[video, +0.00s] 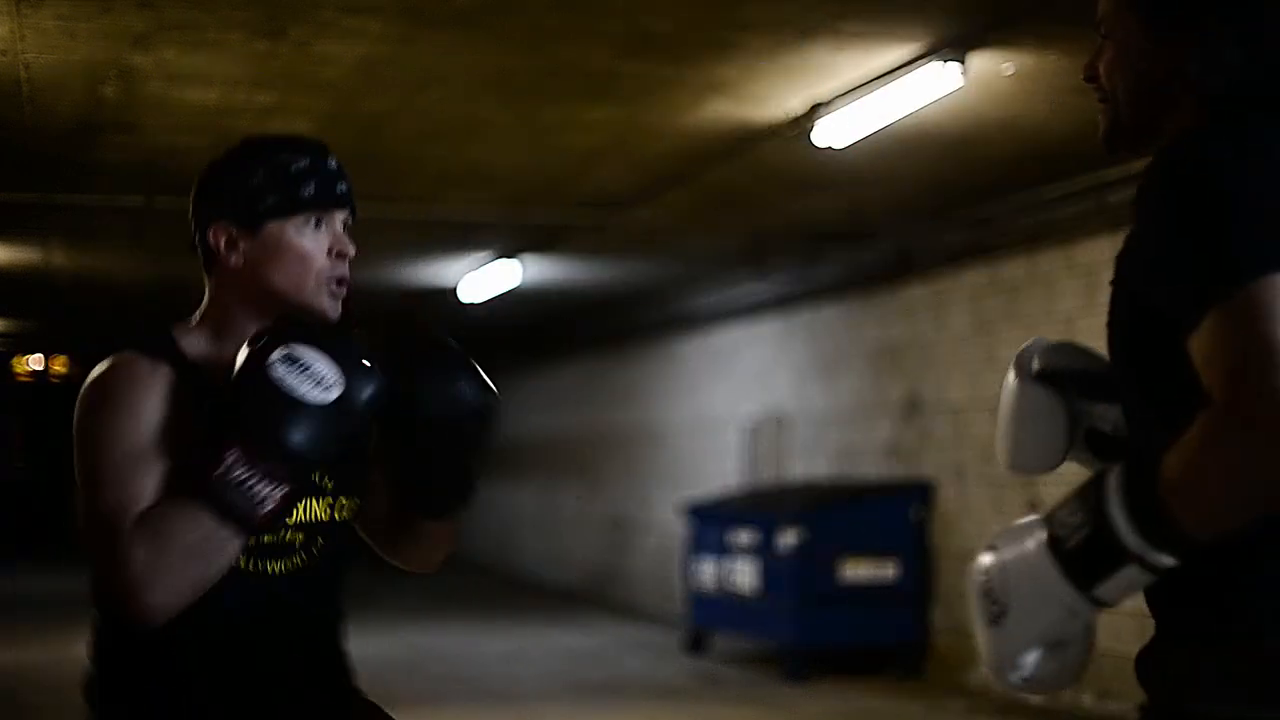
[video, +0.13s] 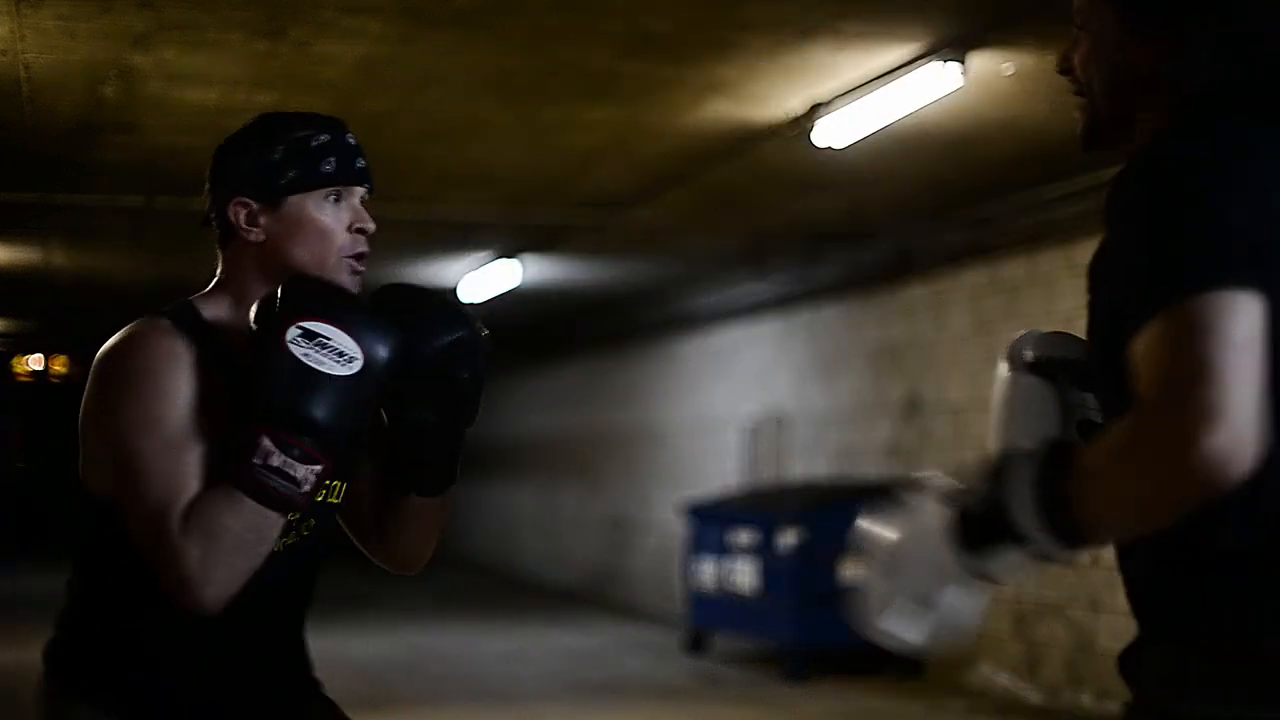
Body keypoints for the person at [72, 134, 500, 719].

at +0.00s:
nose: (346, 248)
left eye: (345, 228)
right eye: (317, 225)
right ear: (230, 245)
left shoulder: (327, 378)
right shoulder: (133, 388)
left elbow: (414, 553)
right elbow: (140, 589)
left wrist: (443, 453)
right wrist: (260, 460)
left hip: (315, 697)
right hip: (174, 709)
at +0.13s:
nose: (366, 224)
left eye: (361, 201)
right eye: (336, 199)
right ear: (250, 220)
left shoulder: (318, 354)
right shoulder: (148, 359)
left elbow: (400, 551)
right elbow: (197, 575)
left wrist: (434, 421)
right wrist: (298, 428)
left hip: (272, 684)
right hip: (137, 690)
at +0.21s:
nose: (368, 243)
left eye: (365, 219)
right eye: (340, 217)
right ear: (253, 234)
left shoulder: (292, 369)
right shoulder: (148, 367)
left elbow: (400, 560)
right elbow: (220, 592)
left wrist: (439, 423)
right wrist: (306, 430)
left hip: (244, 699)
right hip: (119, 709)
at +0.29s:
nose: (349, 273)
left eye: (346, 247)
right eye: (323, 244)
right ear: (235, 262)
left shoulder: (261, 391)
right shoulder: (130, 390)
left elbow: (376, 581)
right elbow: (208, 617)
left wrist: (417, 428)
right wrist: (295, 450)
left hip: (211, 710)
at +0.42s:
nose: (305, 295)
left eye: (301, 274)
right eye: (275, 273)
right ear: (191, 291)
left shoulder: (222, 414)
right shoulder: (87, 420)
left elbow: (280, 630)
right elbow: (144, 651)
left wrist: (351, 487)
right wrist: (252, 502)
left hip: (172, 711)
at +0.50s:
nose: (285, 294)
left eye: (280, 271)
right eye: (253, 269)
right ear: (168, 287)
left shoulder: (205, 410)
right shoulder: (65, 413)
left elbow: (256, 627)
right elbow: (111, 644)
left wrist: (321, 500)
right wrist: (215, 505)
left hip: (160, 708)